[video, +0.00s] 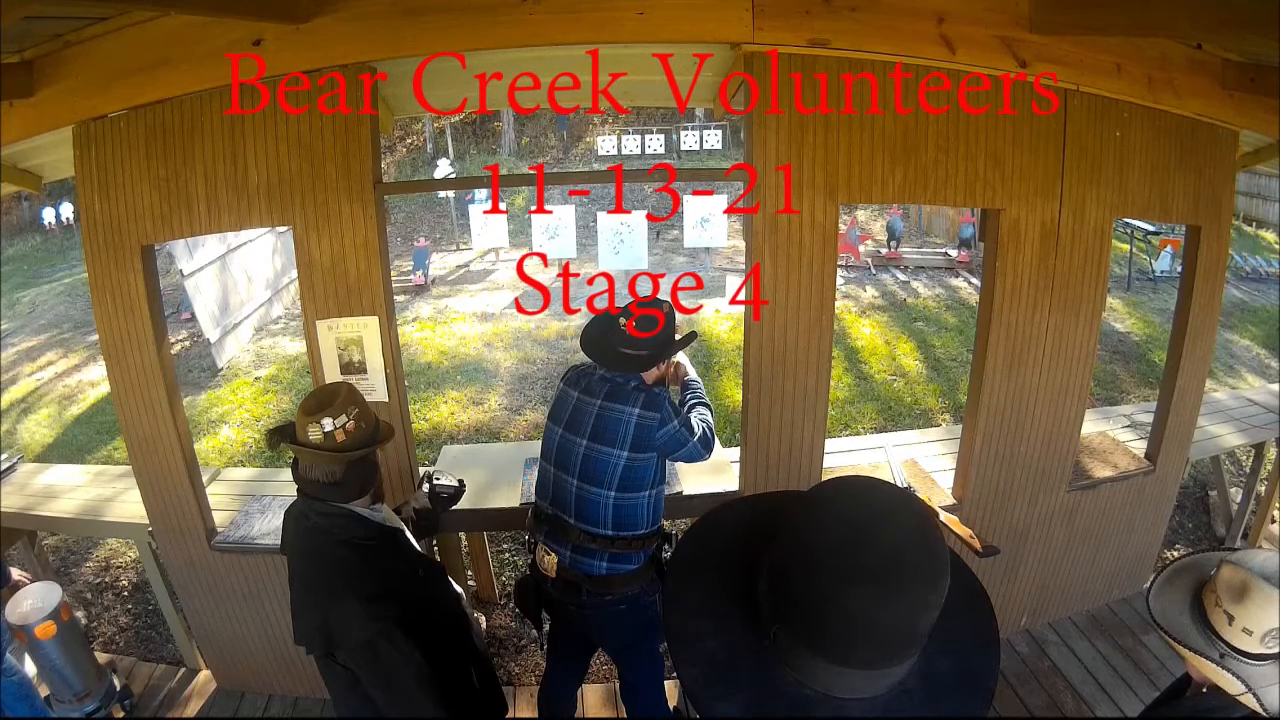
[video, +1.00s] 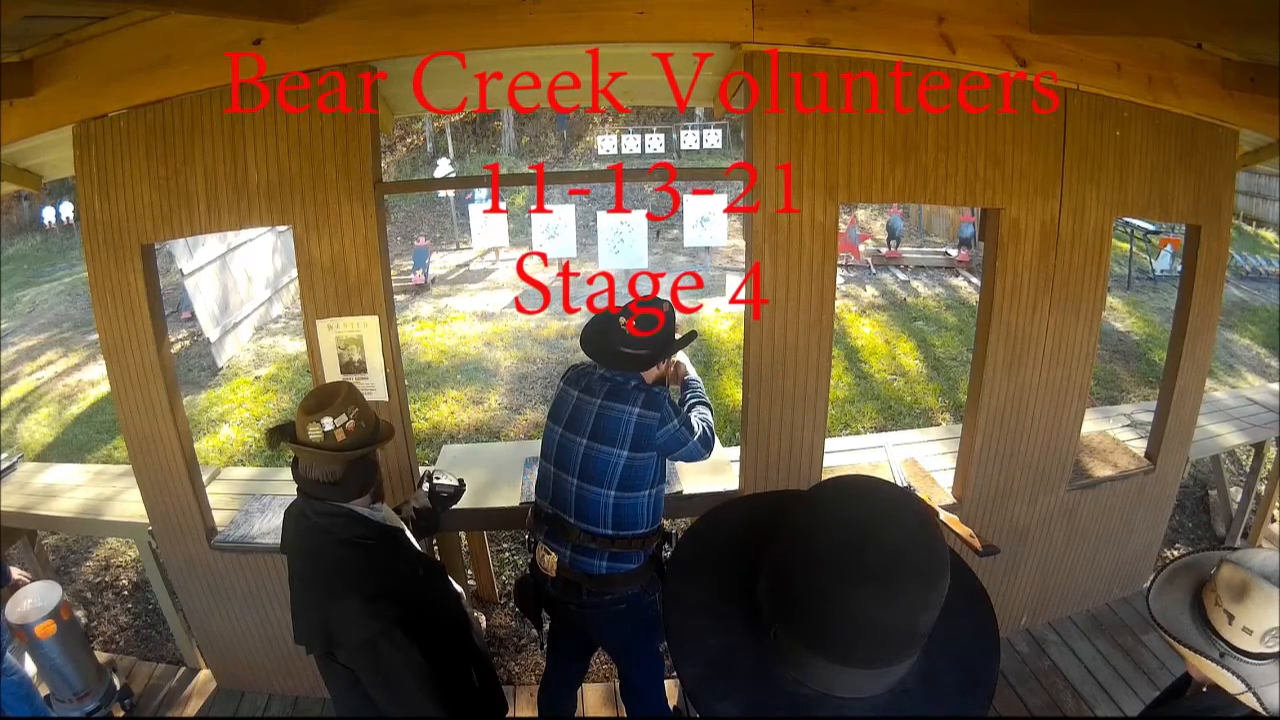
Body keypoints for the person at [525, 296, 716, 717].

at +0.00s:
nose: (668, 359)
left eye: (668, 352)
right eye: (666, 353)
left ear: (608, 349)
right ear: (652, 363)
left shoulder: (571, 381)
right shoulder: (651, 411)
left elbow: (618, 391)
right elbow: (701, 443)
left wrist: (653, 377)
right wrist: (691, 379)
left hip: (556, 574)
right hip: (617, 586)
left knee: (560, 677)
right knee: (644, 682)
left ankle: (552, 716)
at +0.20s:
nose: (669, 360)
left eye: (669, 353)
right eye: (667, 353)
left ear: (609, 348)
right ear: (652, 363)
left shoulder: (572, 380)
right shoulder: (653, 410)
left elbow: (617, 392)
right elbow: (701, 443)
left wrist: (652, 377)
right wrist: (691, 379)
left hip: (556, 575)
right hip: (618, 588)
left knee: (560, 677)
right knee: (644, 683)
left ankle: (551, 716)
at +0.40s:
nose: (669, 360)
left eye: (669, 352)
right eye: (667, 353)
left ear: (608, 348)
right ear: (652, 363)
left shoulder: (571, 380)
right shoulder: (653, 410)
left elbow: (617, 391)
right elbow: (701, 443)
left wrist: (653, 378)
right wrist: (691, 379)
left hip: (556, 576)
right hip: (618, 588)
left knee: (560, 678)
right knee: (644, 683)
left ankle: (551, 716)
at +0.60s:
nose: (669, 359)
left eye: (669, 352)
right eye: (667, 352)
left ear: (609, 347)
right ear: (653, 362)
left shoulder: (572, 380)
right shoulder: (652, 410)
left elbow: (618, 391)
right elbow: (701, 443)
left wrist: (653, 377)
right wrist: (691, 379)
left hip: (556, 575)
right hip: (617, 587)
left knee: (559, 679)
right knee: (645, 684)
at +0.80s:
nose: (667, 359)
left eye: (667, 352)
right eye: (665, 352)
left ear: (608, 347)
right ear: (653, 362)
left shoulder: (571, 381)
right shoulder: (652, 410)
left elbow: (616, 392)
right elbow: (701, 443)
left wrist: (651, 376)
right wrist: (691, 379)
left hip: (556, 576)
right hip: (619, 588)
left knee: (559, 679)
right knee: (645, 687)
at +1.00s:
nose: (669, 359)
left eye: (668, 352)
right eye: (666, 352)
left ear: (609, 347)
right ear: (653, 362)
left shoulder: (572, 380)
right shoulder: (652, 410)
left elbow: (617, 391)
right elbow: (701, 442)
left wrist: (653, 377)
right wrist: (692, 379)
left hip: (555, 574)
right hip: (617, 587)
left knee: (559, 678)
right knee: (645, 685)